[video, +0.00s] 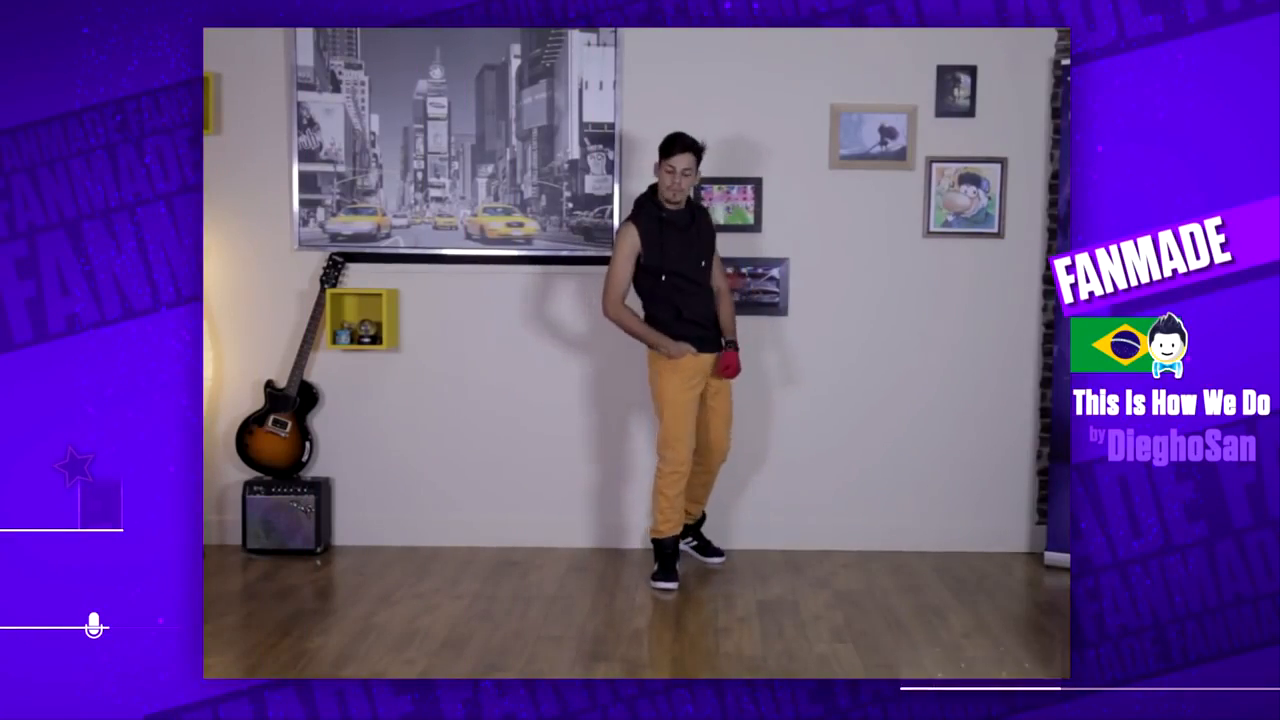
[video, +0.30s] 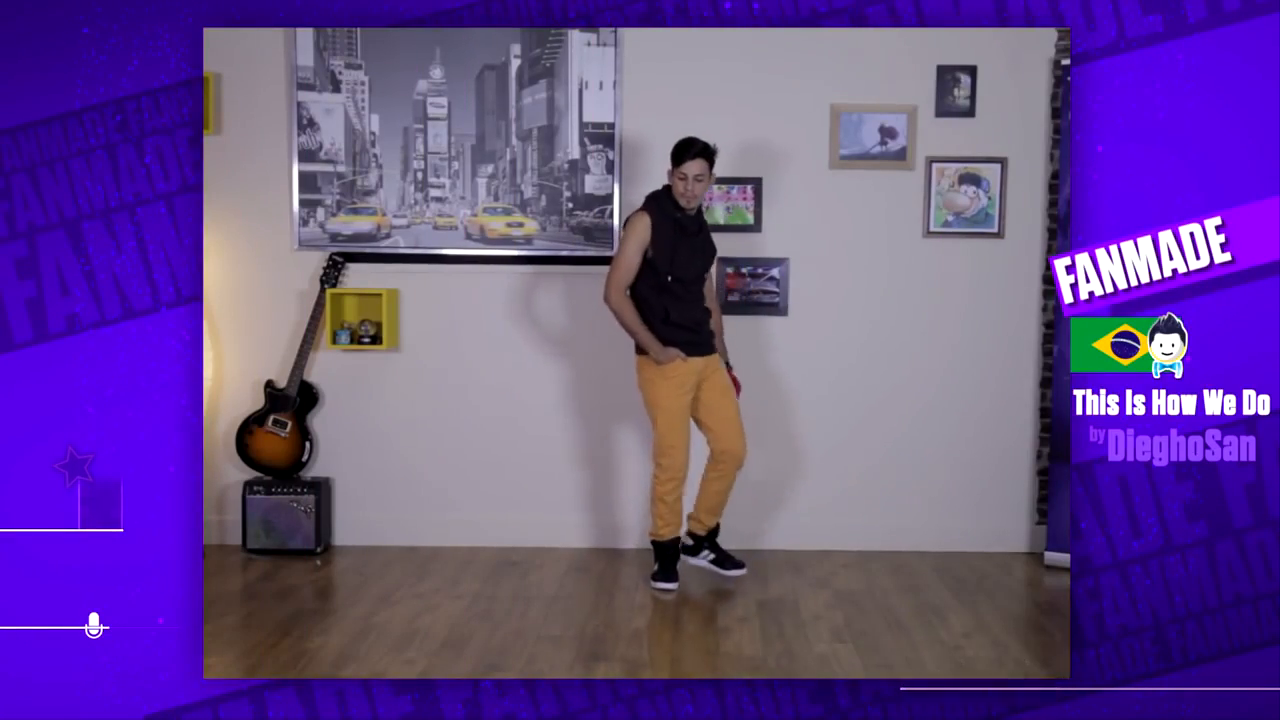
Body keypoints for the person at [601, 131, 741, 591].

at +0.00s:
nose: (677, 181)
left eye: (687, 173)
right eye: (670, 171)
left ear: (697, 177)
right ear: (657, 170)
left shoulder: (702, 221)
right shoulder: (636, 228)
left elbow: (720, 286)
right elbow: (612, 304)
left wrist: (730, 341)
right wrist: (666, 345)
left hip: (715, 353)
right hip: (674, 356)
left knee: (715, 448)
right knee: (676, 455)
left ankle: (689, 527)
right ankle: (664, 552)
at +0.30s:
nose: (691, 187)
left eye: (700, 179)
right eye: (684, 177)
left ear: (710, 182)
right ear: (670, 175)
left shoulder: (699, 224)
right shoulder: (646, 220)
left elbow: (710, 295)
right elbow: (614, 293)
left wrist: (722, 358)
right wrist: (655, 348)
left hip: (708, 359)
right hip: (666, 363)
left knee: (730, 450)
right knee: (671, 462)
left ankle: (700, 539)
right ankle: (665, 554)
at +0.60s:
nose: (705, 188)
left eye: (714, 179)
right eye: (697, 179)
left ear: (726, 182)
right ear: (684, 179)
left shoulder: (722, 237)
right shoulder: (655, 217)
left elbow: (712, 296)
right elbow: (613, 285)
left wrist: (708, 340)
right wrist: (636, 352)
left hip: (704, 361)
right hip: (656, 363)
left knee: (720, 462)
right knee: (663, 467)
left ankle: (733, 565)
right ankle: (665, 560)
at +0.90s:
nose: (704, 174)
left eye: (713, 165)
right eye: (696, 166)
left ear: (729, 172)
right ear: (686, 173)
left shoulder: (741, 240)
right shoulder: (661, 217)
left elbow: (757, 321)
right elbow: (629, 286)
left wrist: (757, 391)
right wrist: (633, 346)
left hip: (710, 366)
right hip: (656, 363)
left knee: (716, 469)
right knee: (664, 469)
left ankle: (730, 576)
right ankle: (667, 556)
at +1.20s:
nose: (695, 163)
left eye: (704, 155)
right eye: (687, 155)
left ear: (718, 161)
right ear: (675, 162)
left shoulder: (743, 221)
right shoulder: (666, 221)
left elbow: (770, 295)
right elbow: (658, 291)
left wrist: (775, 356)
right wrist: (655, 342)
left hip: (732, 366)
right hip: (679, 363)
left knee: (727, 474)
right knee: (675, 468)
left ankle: (731, 580)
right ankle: (677, 549)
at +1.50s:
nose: (689, 173)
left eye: (700, 164)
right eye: (682, 163)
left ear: (716, 167)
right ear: (671, 167)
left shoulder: (743, 211)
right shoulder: (676, 228)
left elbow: (748, 288)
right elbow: (676, 296)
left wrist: (719, 357)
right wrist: (673, 342)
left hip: (749, 359)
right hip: (700, 358)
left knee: (737, 473)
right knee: (689, 464)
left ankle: (733, 576)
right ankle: (692, 544)